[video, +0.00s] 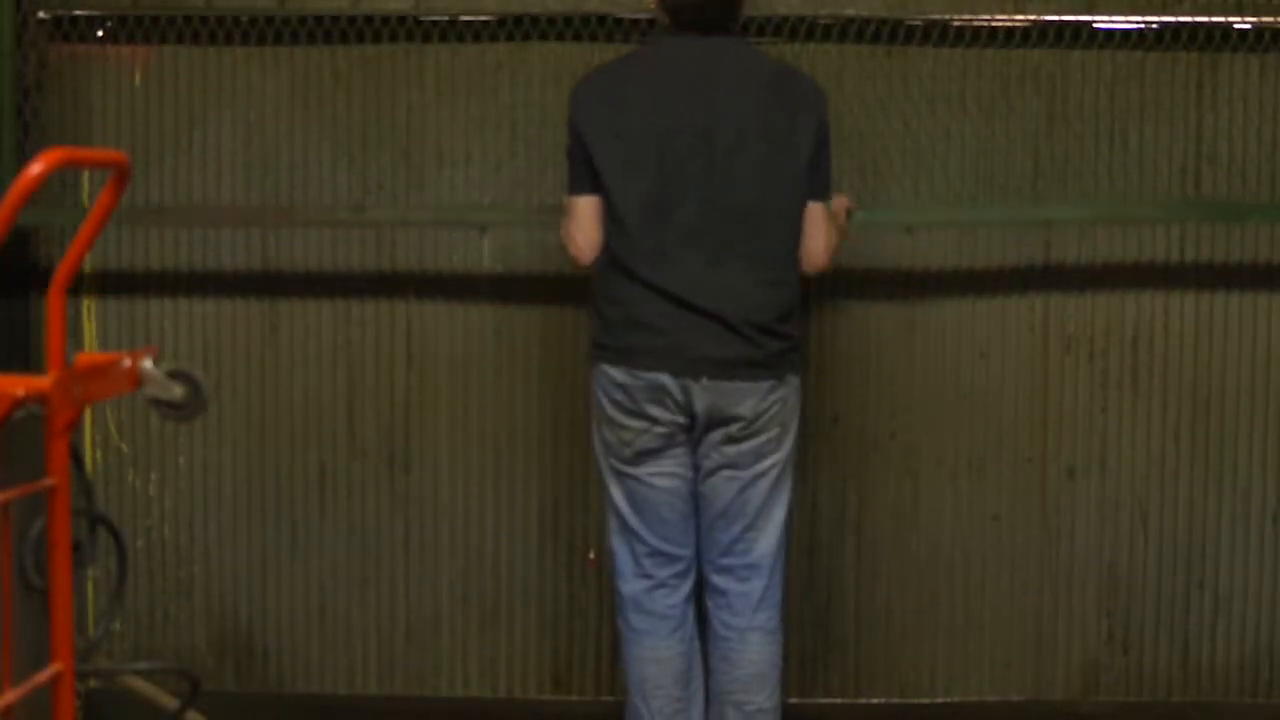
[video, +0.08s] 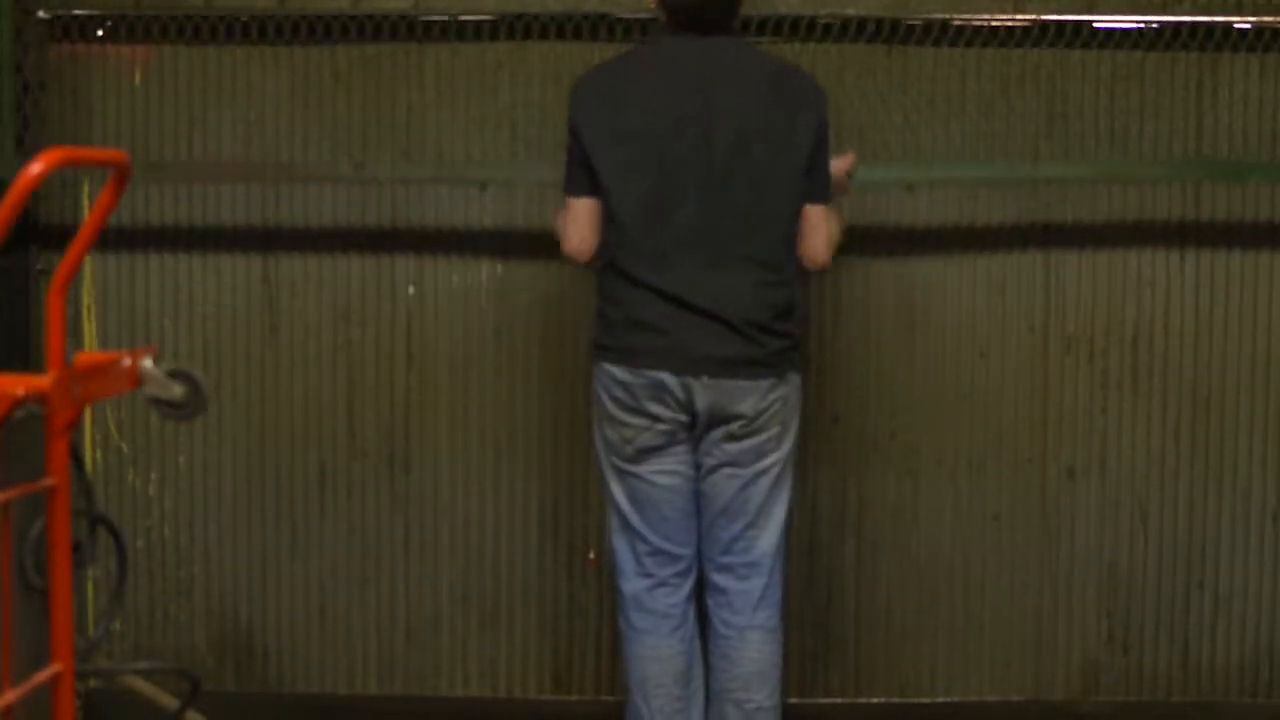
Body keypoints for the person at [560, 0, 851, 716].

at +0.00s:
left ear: (660, 7)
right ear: (740, 7)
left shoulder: (605, 90)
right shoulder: (793, 93)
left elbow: (584, 243)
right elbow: (814, 254)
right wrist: (833, 216)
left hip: (636, 367)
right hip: (752, 371)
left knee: (654, 583)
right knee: (744, 584)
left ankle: (665, 716)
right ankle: (745, 714)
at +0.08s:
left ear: (661, 5)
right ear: (738, 5)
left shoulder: (605, 89)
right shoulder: (792, 91)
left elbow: (579, 241)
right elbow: (817, 249)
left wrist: (635, 187)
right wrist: (829, 185)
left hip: (636, 365)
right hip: (753, 369)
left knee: (655, 582)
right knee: (744, 583)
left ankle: (665, 716)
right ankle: (745, 715)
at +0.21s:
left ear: (659, 5)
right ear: (738, 5)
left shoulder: (606, 91)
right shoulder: (790, 93)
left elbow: (566, 230)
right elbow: (824, 236)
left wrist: (623, 163)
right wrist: (824, 145)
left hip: (637, 367)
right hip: (753, 371)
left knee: (656, 583)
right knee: (744, 585)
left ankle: (664, 716)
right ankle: (744, 716)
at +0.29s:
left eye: (660, 3)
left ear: (659, 7)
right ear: (737, 7)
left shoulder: (611, 91)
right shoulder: (788, 93)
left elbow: (553, 208)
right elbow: (836, 213)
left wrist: (581, 109)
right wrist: (826, 113)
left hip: (638, 365)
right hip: (752, 369)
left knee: (656, 581)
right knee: (744, 582)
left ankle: (664, 715)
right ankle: (744, 716)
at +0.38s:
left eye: (671, 2)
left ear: (663, 7)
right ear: (735, 6)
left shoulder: (614, 88)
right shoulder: (783, 90)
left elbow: (545, 167)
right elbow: (853, 174)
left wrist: (578, 71)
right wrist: (834, 76)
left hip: (638, 364)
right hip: (752, 368)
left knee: (656, 580)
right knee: (744, 581)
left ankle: (665, 716)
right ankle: (745, 715)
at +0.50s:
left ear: (664, 10)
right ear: (741, 11)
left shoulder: (620, 83)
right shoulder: (781, 88)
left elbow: (543, 96)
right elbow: (863, 106)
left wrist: (583, 1)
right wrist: (843, 11)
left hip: (638, 358)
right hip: (750, 363)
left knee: (656, 579)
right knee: (744, 580)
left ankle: (666, 714)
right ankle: (744, 713)